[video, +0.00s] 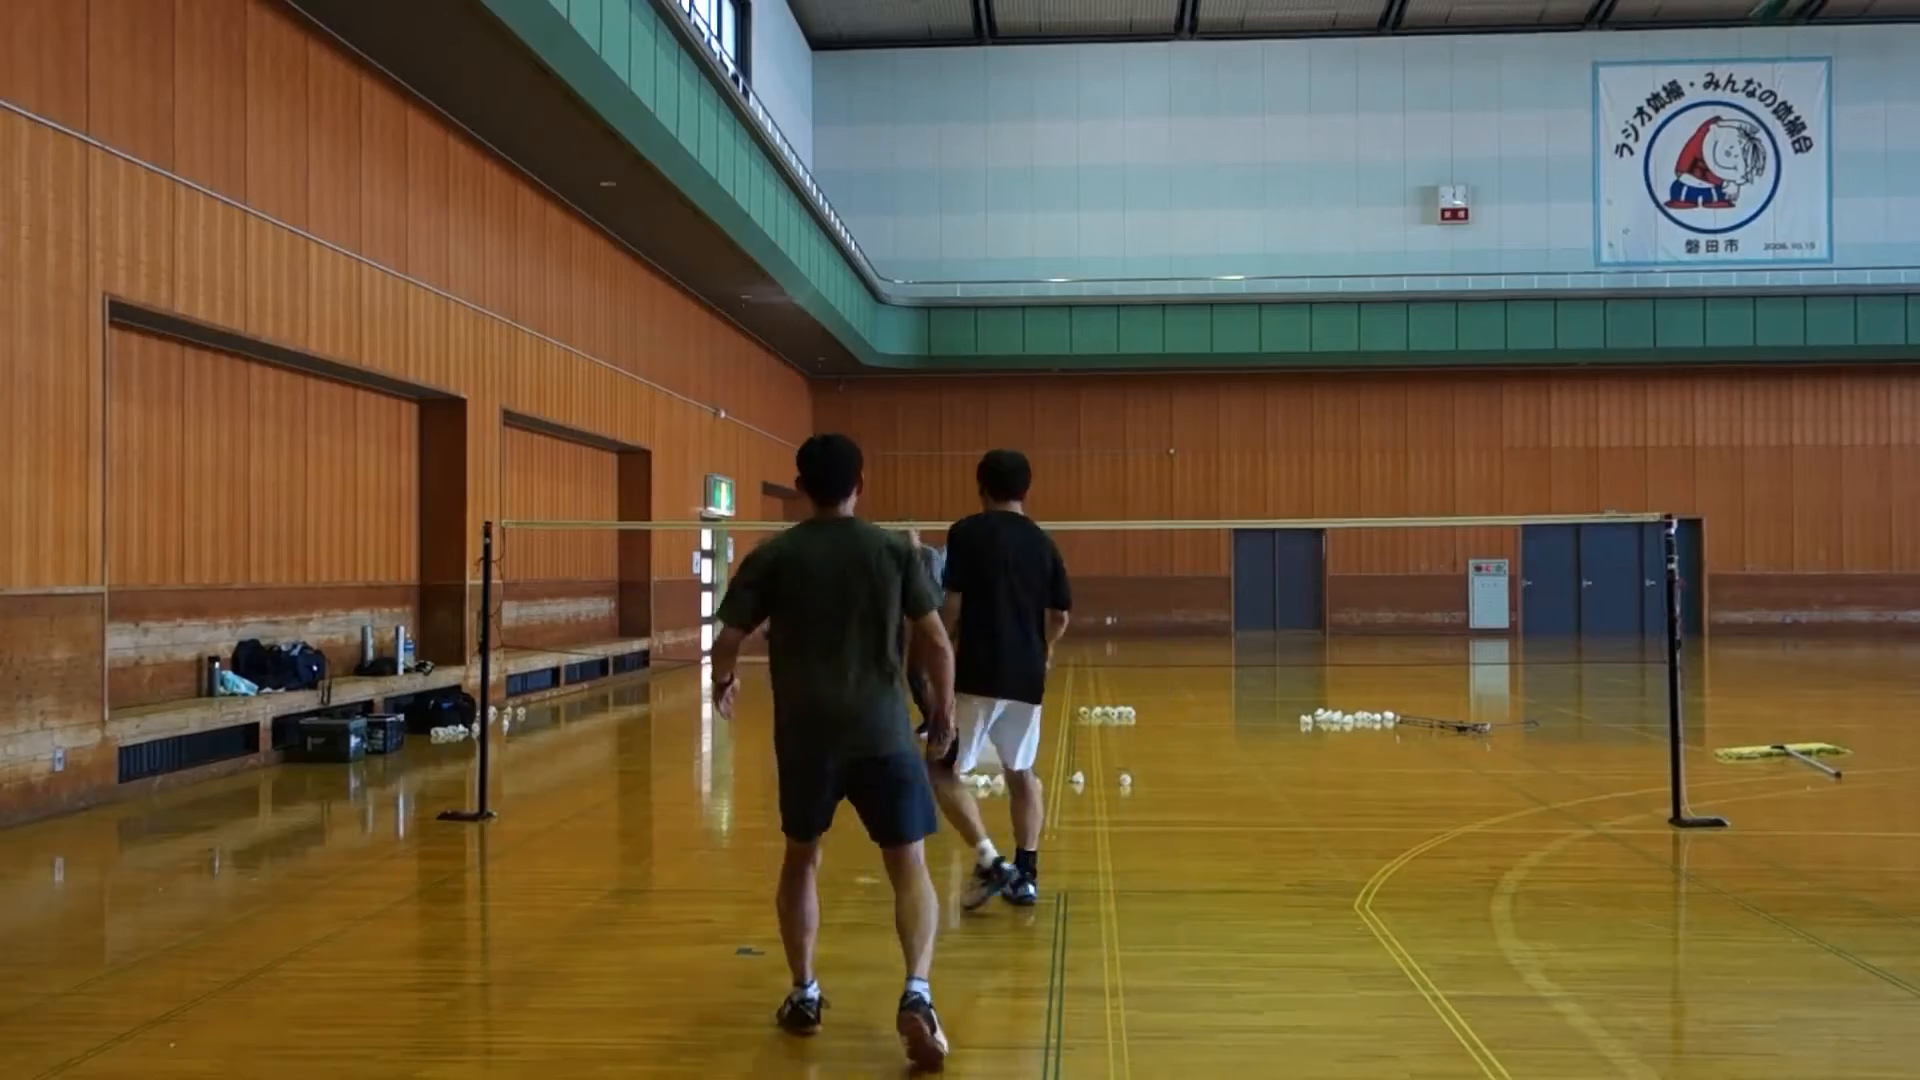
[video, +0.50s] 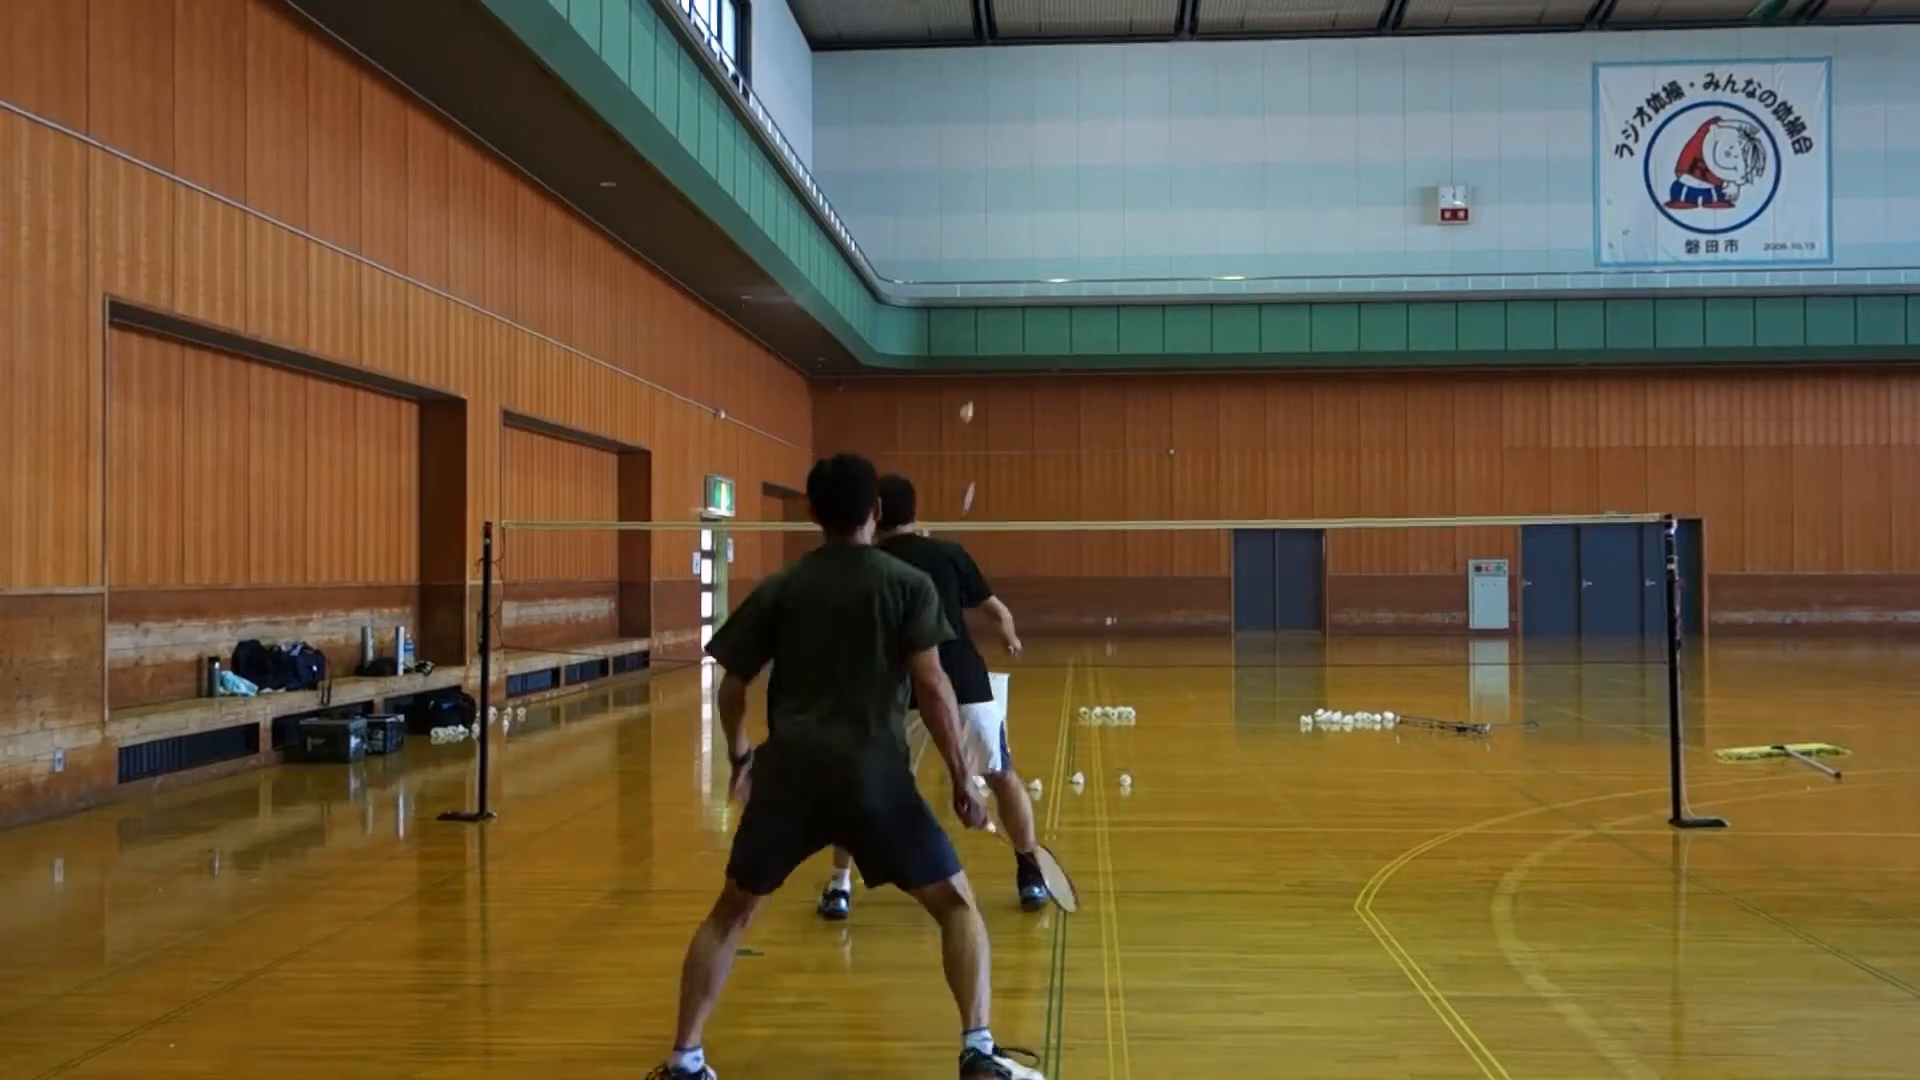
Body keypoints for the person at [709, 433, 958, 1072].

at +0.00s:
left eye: (805, 482)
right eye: (856, 482)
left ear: (800, 487)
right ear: (859, 487)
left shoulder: (774, 554)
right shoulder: (895, 550)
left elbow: (727, 641)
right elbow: (935, 639)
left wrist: (723, 677)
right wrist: (944, 712)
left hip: (805, 740)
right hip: (882, 735)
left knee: (801, 858)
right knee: (910, 867)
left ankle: (804, 992)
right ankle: (917, 990)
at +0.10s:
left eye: (817, 493)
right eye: (868, 493)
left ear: (812, 499)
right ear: (871, 499)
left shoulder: (788, 565)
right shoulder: (907, 565)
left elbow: (751, 651)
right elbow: (953, 667)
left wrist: (738, 696)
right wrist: (950, 735)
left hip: (813, 748)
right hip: (893, 748)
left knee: (806, 868)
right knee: (921, 883)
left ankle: (806, 994)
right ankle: (931, 1030)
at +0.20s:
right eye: (878, 484)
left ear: (815, 491)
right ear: (878, 490)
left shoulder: (788, 557)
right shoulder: (915, 557)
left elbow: (767, 641)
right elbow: (959, 657)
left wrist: (762, 692)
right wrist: (963, 722)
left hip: (813, 742)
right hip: (895, 744)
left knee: (803, 869)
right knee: (921, 887)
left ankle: (799, 997)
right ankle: (933, 1036)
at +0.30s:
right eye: (875, 466)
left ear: (809, 470)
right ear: (872, 469)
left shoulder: (780, 537)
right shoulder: (911, 534)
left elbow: (748, 621)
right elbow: (953, 633)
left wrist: (769, 676)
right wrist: (965, 708)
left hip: (805, 718)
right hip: (886, 720)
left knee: (784, 858)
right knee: (917, 869)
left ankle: (763, 1010)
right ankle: (933, 1027)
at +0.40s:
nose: (873, 482)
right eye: (872, 474)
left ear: (808, 479)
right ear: (871, 478)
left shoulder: (777, 547)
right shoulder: (905, 545)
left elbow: (733, 637)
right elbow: (941, 645)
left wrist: (758, 691)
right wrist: (965, 730)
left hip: (791, 735)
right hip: (876, 736)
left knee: (750, 878)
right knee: (933, 879)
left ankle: (701, 1031)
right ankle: (962, 1035)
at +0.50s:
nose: (875, 514)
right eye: (876, 506)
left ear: (814, 515)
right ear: (876, 513)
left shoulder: (780, 588)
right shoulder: (909, 585)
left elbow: (733, 684)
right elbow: (931, 684)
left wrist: (737, 752)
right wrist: (962, 776)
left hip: (786, 776)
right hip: (873, 779)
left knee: (731, 911)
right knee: (955, 906)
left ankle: (683, 1055)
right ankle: (979, 1045)